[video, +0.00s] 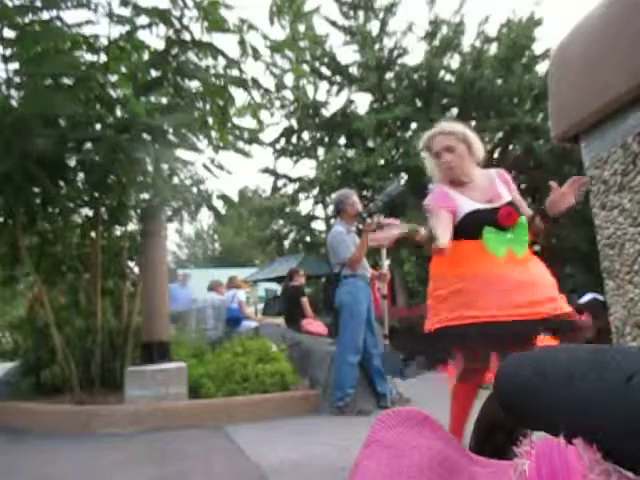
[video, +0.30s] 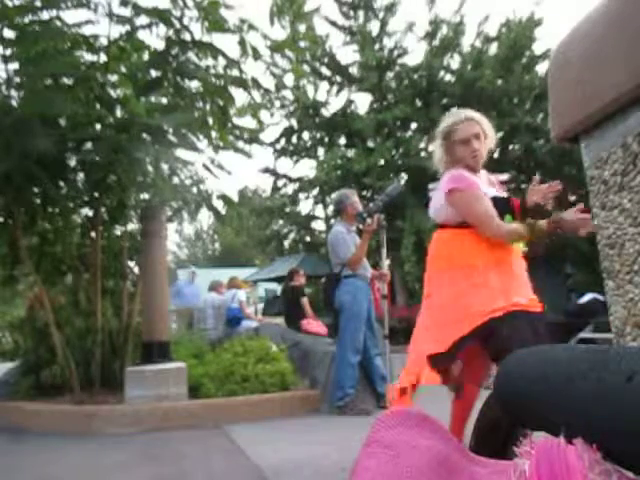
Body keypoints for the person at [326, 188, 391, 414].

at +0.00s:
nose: (360, 206)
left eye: (359, 202)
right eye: (356, 203)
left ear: (350, 207)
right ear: (345, 208)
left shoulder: (352, 233)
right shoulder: (337, 234)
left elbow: (357, 264)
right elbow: (353, 262)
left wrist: (374, 274)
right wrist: (365, 235)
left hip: (363, 284)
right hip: (350, 284)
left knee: (370, 343)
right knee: (351, 343)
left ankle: (385, 393)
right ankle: (343, 398)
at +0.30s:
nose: (361, 207)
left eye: (360, 203)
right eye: (357, 203)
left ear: (350, 207)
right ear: (347, 207)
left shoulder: (352, 233)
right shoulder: (338, 233)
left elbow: (358, 264)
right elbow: (353, 262)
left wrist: (374, 274)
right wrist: (367, 236)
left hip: (363, 283)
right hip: (350, 283)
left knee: (369, 342)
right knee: (351, 342)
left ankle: (384, 390)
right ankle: (344, 397)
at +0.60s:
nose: (361, 207)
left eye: (359, 203)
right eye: (356, 203)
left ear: (351, 207)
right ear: (346, 207)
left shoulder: (352, 233)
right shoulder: (338, 233)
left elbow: (358, 264)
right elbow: (353, 262)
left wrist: (374, 274)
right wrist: (367, 236)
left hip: (363, 284)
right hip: (350, 284)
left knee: (369, 342)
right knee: (351, 343)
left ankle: (385, 392)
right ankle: (343, 397)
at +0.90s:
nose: (361, 206)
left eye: (360, 202)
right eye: (356, 202)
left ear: (351, 207)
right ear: (346, 207)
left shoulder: (352, 232)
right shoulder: (338, 233)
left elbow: (358, 266)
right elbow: (353, 262)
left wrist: (375, 274)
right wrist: (367, 235)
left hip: (363, 285)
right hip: (351, 285)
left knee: (370, 344)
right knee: (351, 344)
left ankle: (386, 392)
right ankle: (344, 398)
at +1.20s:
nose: (361, 207)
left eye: (360, 203)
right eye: (357, 203)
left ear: (351, 207)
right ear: (347, 207)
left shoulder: (353, 232)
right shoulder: (338, 233)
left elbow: (358, 264)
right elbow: (353, 263)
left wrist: (374, 274)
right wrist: (367, 235)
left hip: (363, 283)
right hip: (351, 284)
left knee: (370, 341)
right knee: (351, 342)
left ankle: (384, 388)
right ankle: (344, 397)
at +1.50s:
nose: (361, 207)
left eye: (360, 203)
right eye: (357, 203)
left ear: (353, 207)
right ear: (346, 207)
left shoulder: (353, 232)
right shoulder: (338, 233)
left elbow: (358, 264)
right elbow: (353, 263)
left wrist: (375, 274)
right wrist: (367, 235)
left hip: (364, 284)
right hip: (351, 284)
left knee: (370, 342)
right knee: (351, 343)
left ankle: (383, 393)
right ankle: (344, 398)